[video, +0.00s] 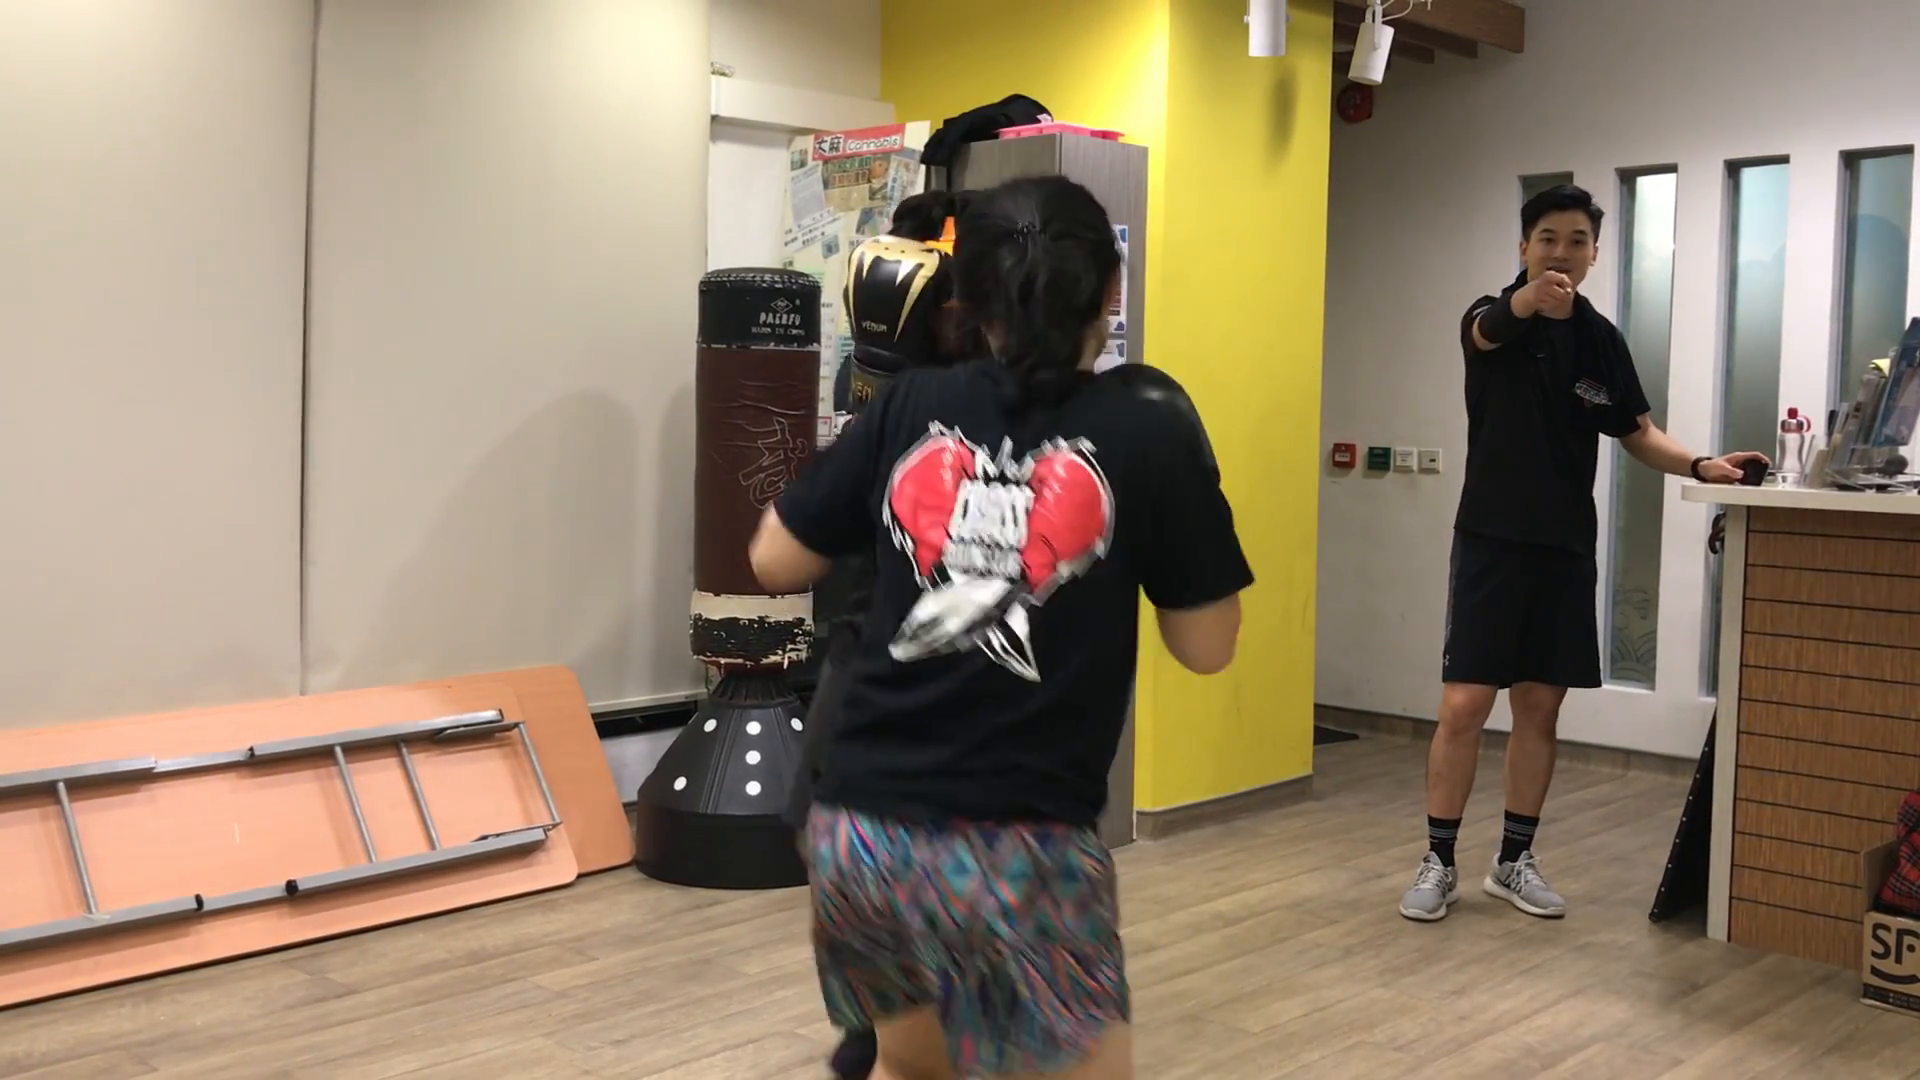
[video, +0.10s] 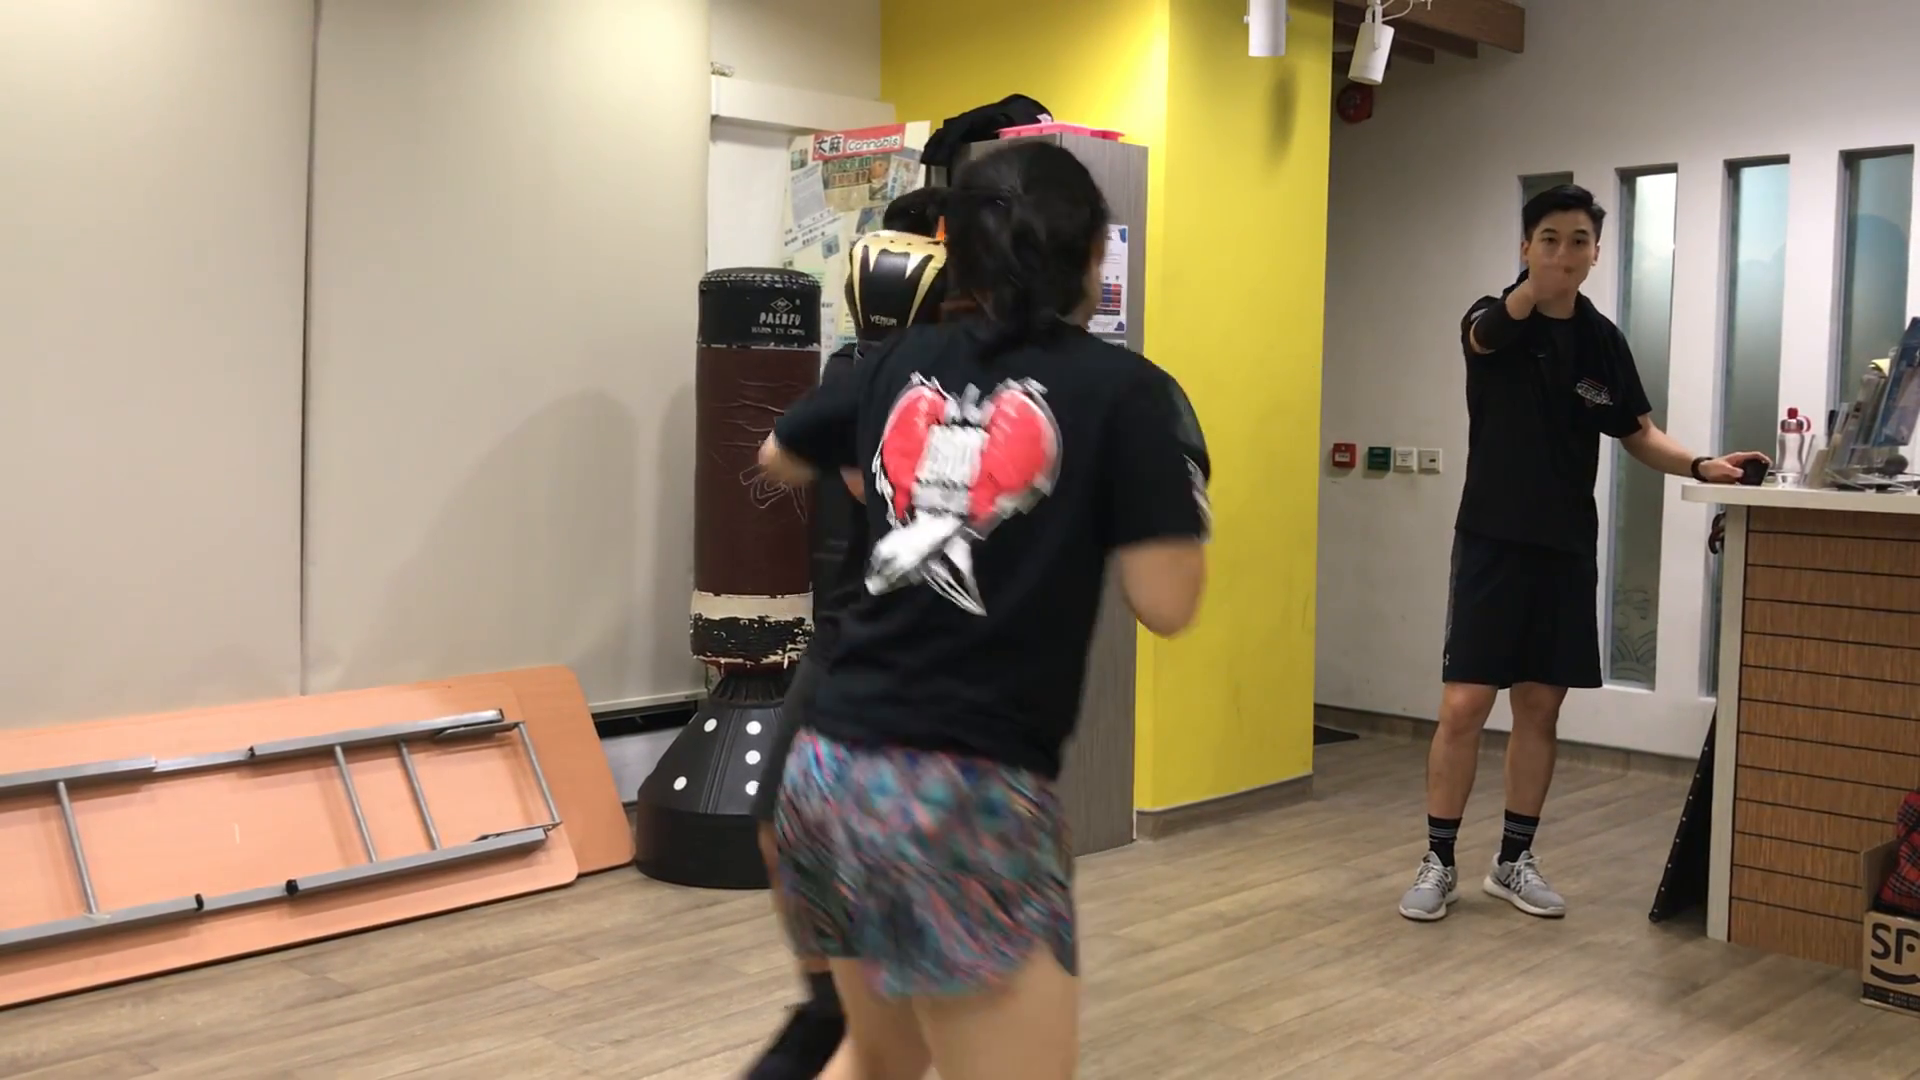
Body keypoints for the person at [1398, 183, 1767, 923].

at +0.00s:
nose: (1564, 255)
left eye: (1578, 242)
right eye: (1551, 239)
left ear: (1597, 253)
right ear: (1525, 247)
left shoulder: (1600, 337)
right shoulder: (1489, 319)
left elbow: (1639, 433)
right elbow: (1487, 330)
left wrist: (1701, 464)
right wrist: (1529, 302)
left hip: (1564, 547)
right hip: (1489, 539)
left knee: (1539, 708)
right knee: (1462, 708)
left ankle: (1514, 861)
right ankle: (1437, 863)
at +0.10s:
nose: (1567, 254)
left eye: (1581, 241)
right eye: (1553, 239)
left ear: (1598, 254)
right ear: (1527, 248)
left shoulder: (1602, 339)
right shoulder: (1489, 320)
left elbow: (1640, 435)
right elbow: (1487, 333)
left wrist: (1701, 465)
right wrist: (1535, 291)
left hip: (1565, 547)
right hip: (1490, 539)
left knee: (1539, 708)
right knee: (1462, 708)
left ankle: (1513, 861)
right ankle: (1437, 863)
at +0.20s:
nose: (1569, 254)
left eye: (1583, 242)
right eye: (1557, 241)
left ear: (1599, 253)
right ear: (1531, 247)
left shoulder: (1603, 340)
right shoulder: (1490, 323)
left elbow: (1641, 436)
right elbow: (1486, 347)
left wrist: (1702, 465)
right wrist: (1522, 270)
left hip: (1566, 548)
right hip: (1490, 541)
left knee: (1539, 709)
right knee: (1462, 708)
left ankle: (1513, 860)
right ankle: (1437, 863)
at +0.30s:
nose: (1570, 255)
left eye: (1585, 244)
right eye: (1557, 241)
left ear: (1601, 253)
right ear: (1532, 246)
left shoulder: (1603, 340)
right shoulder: (1492, 319)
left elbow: (1640, 436)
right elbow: (1473, 371)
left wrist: (1702, 466)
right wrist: (1512, 280)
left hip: (1567, 550)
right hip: (1492, 543)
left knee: (1541, 709)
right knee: (1464, 709)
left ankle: (1514, 861)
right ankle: (1437, 863)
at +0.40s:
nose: (1567, 258)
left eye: (1582, 247)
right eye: (1554, 243)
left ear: (1599, 256)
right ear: (1530, 247)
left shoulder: (1605, 341)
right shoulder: (1492, 321)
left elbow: (1641, 435)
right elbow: (1473, 362)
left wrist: (1702, 465)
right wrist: (1514, 284)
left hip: (1568, 550)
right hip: (1492, 542)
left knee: (1542, 709)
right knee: (1465, 707)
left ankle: (1514, 861)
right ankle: (1438, 863)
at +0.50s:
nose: (1564, 262)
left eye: (1580, 251)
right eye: (1552, 246)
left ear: (1598, 259)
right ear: (1528, 249)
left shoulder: (1604, 339)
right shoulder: (1491, 321)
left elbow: (1642, 435)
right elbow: (1474, 355)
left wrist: (1703, 465)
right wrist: (1522, 292)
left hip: (1570, 549)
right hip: (1493, 541)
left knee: (1542, 709)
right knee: (1464, 708)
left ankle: (1513, 861)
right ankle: (1437, 863)